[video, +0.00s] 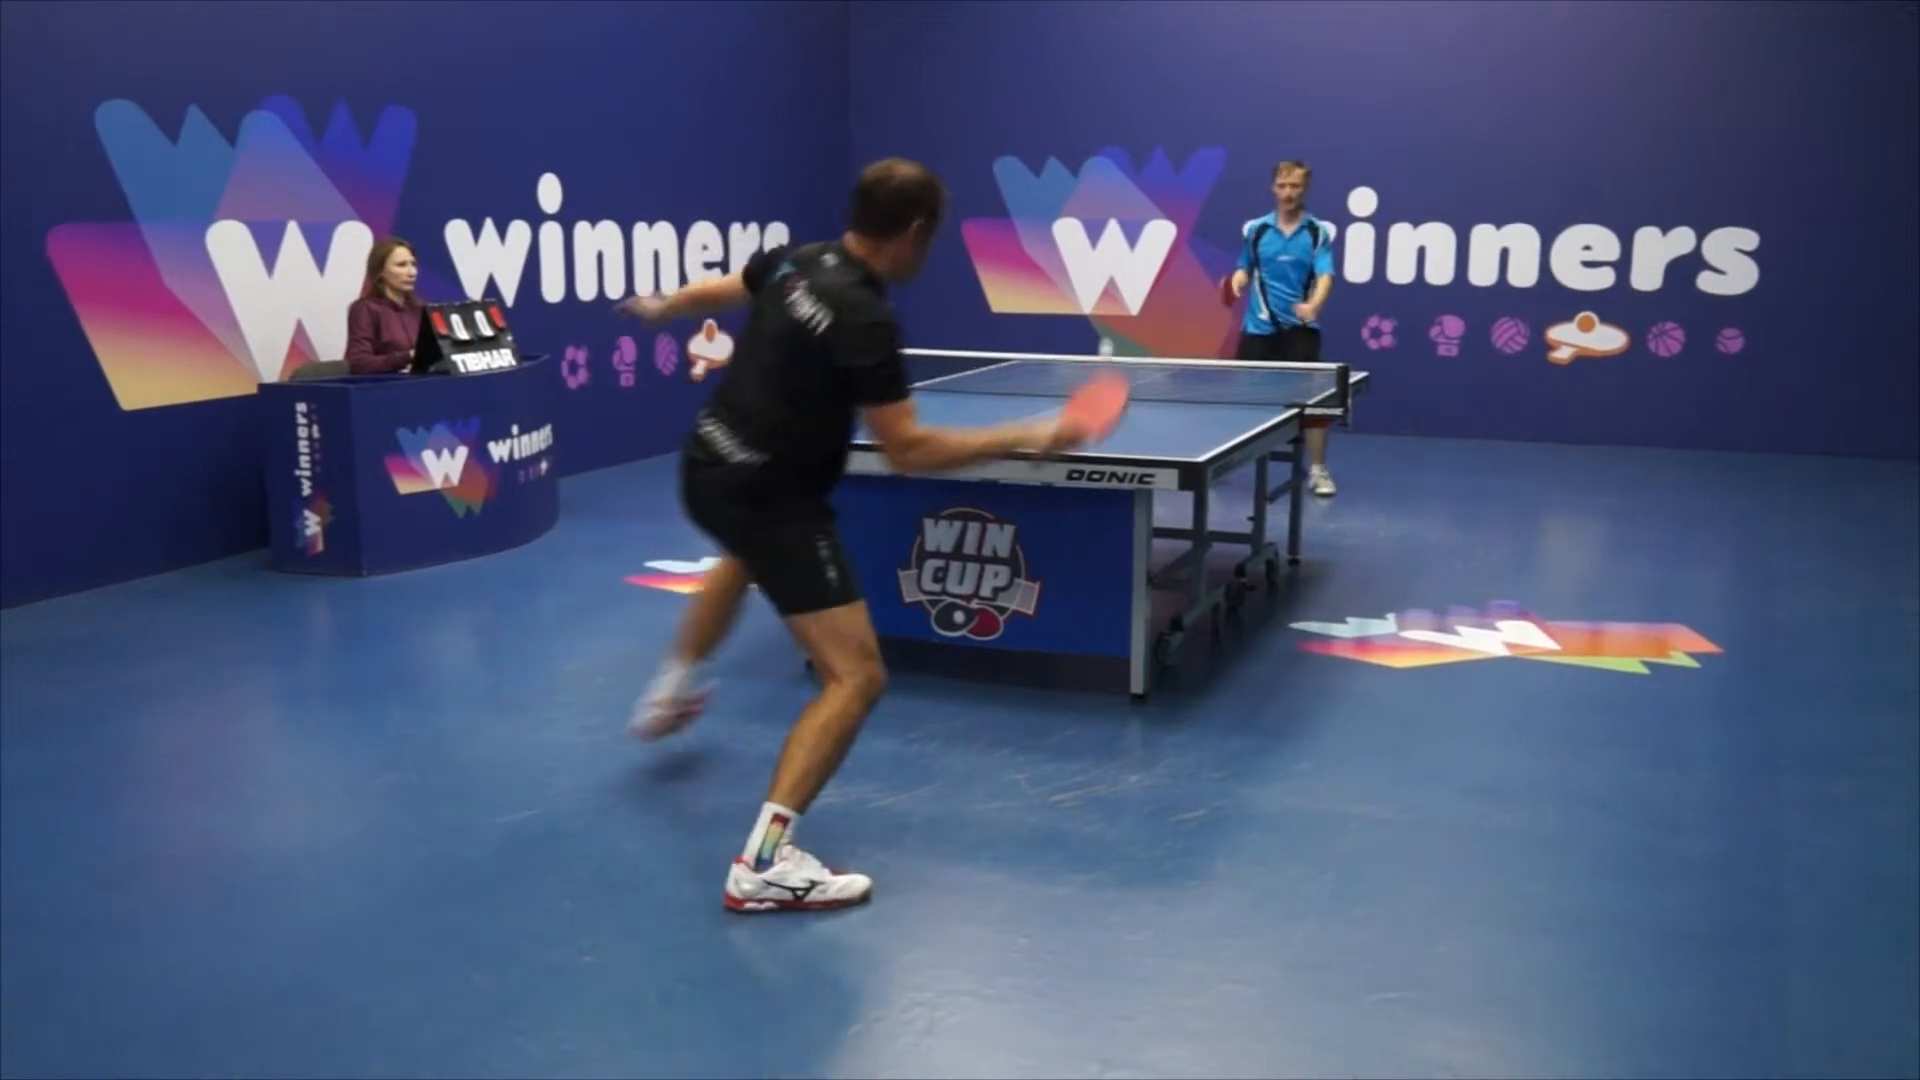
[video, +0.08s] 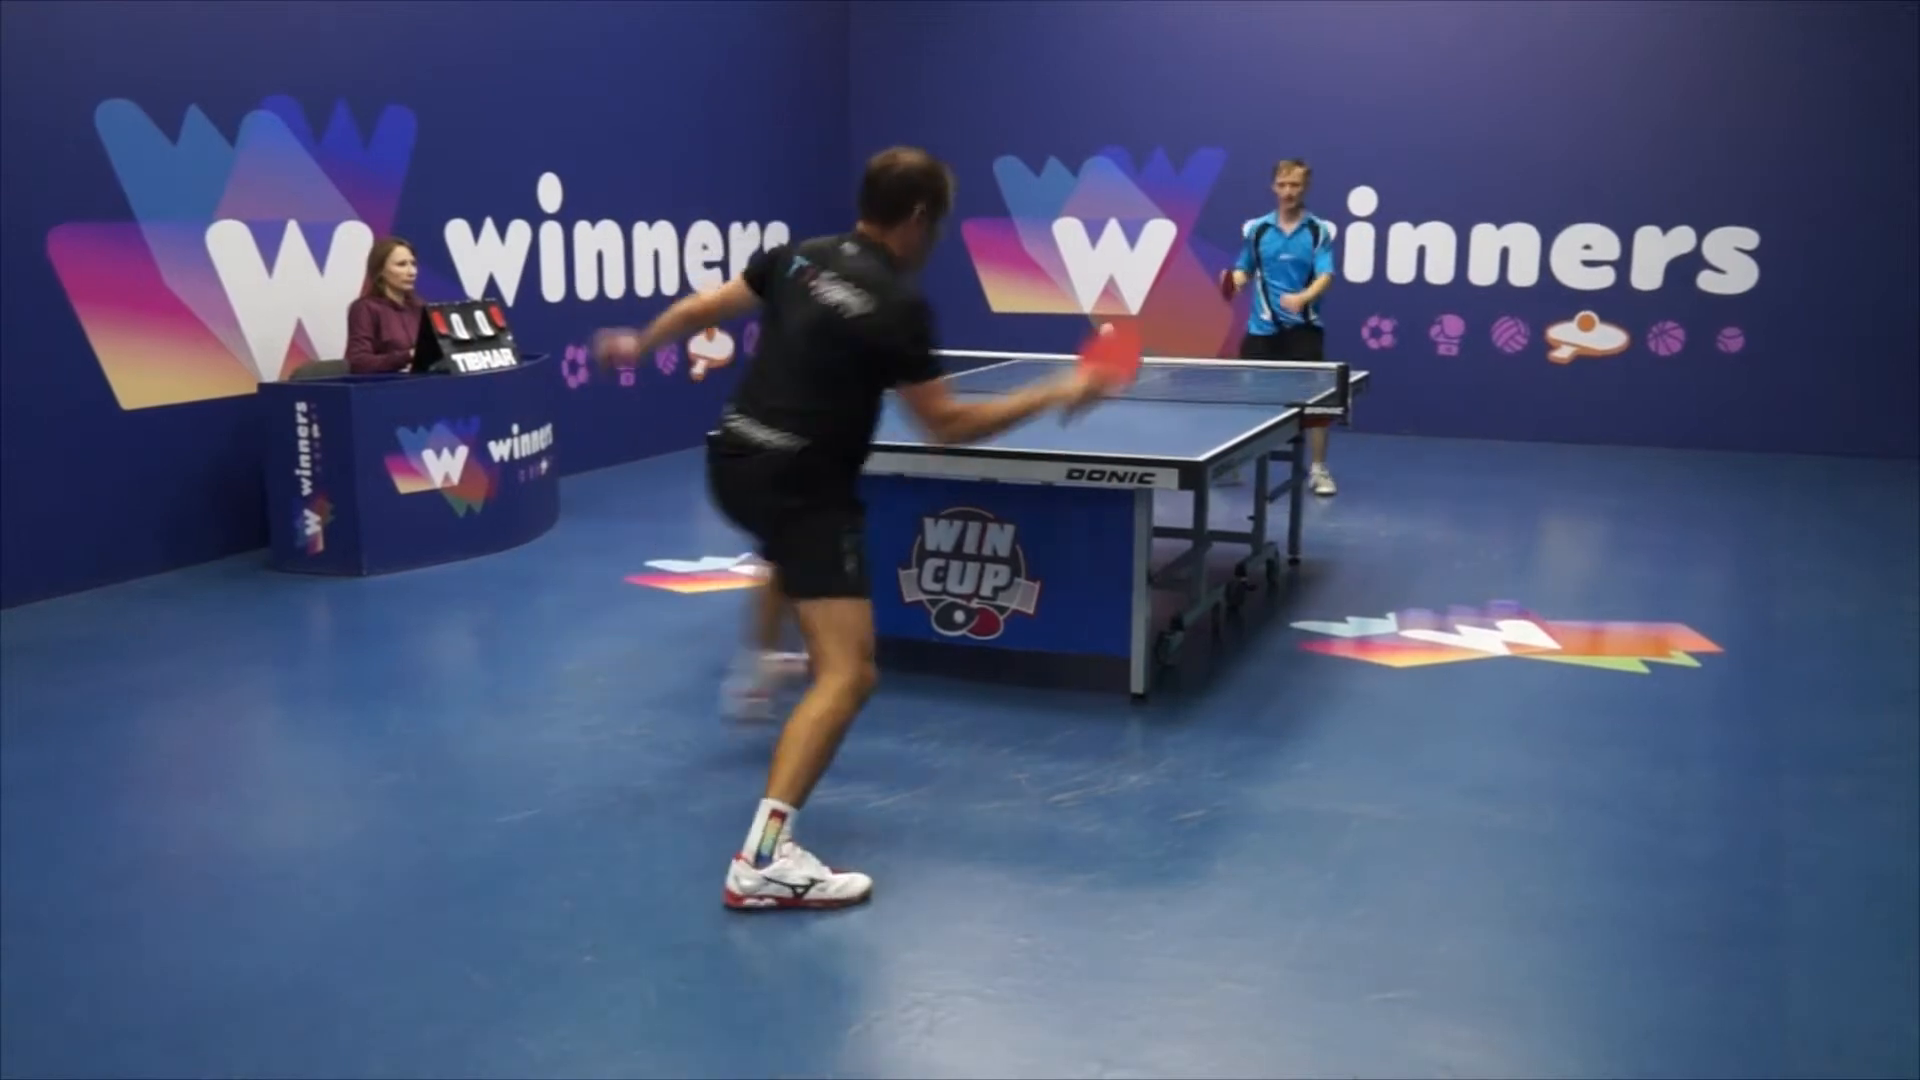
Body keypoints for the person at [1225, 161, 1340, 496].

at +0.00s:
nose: (1288, 192)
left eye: (1295, 186)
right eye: (1283, 185)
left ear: (1305, 190)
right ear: (1273, 188)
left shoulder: (1319, 232)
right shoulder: (1255, 229)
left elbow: (1325, 275)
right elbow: (1245, 268)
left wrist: (1314, 304)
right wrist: (1236, 283)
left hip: (1300, 329)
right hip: (1258, 329)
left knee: (1314, 397)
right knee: (1245, 393)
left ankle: (1317, 467)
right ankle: (1225, 462)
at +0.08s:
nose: (1288, 191)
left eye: (1295, 185)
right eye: (1282, 184)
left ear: (1305, 189)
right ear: (1274, 187)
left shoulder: (1319, 231)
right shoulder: (1257, 229)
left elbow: (1325, 275)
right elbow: (1244, 271)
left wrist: (1304, 297)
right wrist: (1231, 282)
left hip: (1304, 330)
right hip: (1262, 329)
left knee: (1315, 397)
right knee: (1246, 393)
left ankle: (1318, 467)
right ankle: (1231, 463)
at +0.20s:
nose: (1279, 188)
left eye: (1286, 183)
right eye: (1273, 182)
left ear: (1297, 187)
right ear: (1265, 185)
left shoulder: (1314, 226)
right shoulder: (1253, 226)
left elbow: (1324, 272)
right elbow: (1236, 261)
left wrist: (1300, 294)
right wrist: (1227, 272)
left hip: (1307, 328)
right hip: (1264, 327)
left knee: (1323, 395)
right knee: (1242, 389)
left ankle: (1329, 464)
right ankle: (1229, 458)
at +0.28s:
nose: (1271, 197)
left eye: (1278, 191)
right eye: (1267, 191)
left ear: (1288, 192)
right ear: (1258, 191)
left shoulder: (1305, 229)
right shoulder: (1250, 232)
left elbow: (1321, 275)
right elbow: (1240, 281)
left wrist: (1286, 302)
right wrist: (1225, 292)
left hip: (1305, 330)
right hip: (1264, 331)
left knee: (1330, 401)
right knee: (1237, 391)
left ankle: (1357, 467)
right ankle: (1215, 463)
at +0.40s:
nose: (1241, 217)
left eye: (1248, 210)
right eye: (1236, 210)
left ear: (1262, 210)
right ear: (1231, 213)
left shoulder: (1276, 241)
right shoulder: (1242, 249)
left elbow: (1277, 290)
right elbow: (1249, 296)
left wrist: (1230, 314)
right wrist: (1222, 328)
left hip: (1298, 341)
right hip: (1260, 339)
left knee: (1330, 408)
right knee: (1224, 394)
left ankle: (1366, 468)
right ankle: (1205, 465)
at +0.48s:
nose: (1208, 216)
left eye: (1214, 209)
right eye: (1204, 210)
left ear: (1231, 209)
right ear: (1200, 212)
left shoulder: (1241, 237)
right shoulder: (1223, 241)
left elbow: (1240, 282)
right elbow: (1238, 285)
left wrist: (1202, 319)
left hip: (1280, 342)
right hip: (1246, 340)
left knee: (1318, 404)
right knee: (1204, 391)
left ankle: (1363, 462)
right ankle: (1193, 461)